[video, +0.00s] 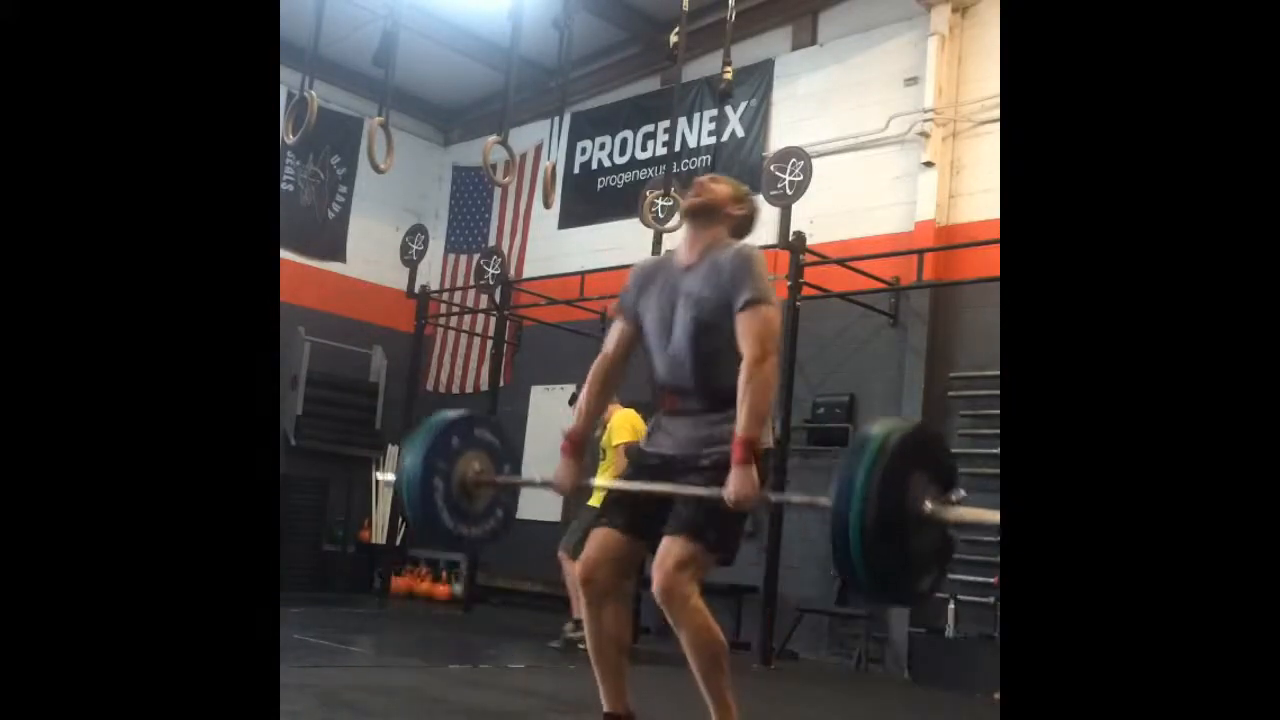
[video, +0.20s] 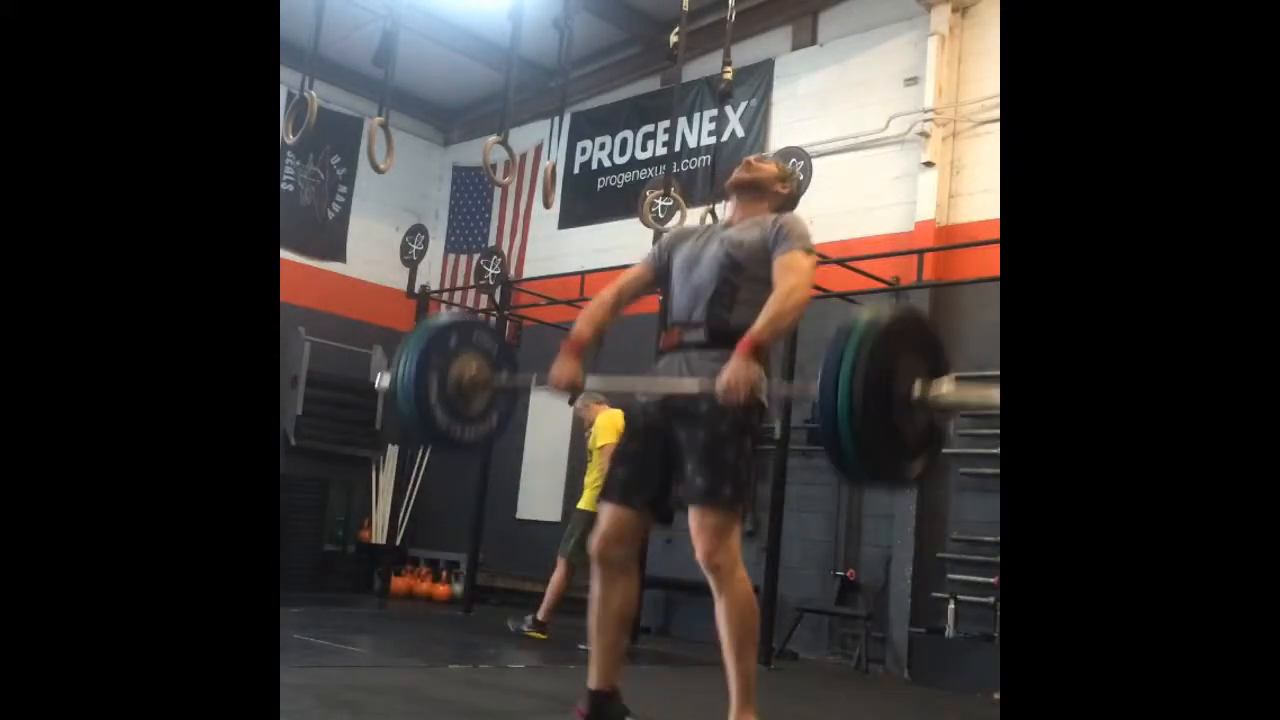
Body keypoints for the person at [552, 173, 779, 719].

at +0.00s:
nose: (700, 182)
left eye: (718, 182)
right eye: (697, 180)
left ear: (738, 210)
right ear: (685, 205)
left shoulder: (739, 261)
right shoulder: (648, 273)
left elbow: (759, 357)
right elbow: (610, 358)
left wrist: (744, 458)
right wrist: (576, 443)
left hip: (722, 446)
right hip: (660, 441)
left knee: (673, 580)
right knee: (596, 572)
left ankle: (725, 714)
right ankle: (616, 711)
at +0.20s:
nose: (748, 160)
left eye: (764, 160)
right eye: (748, 159)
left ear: (785, 187)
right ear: (730, 185)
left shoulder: (784, 224)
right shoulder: (684, 237)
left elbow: (794, 290)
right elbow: (613, 294)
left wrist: (749, 351)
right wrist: (572, 351)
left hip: (724, 392)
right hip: (658, 392)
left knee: (716, 551)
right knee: (610, 543)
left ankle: (742, 710)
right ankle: (601, 698)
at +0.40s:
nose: (713, 229)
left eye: (728, 220)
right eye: (709, 218)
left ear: (751, 235)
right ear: (699, 229)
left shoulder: (760, 300)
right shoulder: (673, 301)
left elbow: (837, 344)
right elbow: (628, 369)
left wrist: (784, 311)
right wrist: (601, 330)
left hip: (701, 467)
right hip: (630, 458)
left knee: (699, 598)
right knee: (532, 590)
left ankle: (751, 714)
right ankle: (543, 707)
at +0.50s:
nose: (672, 243)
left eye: (690, 234)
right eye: (673, 235)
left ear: (721, 255)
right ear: (666, 255)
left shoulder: (736, 329)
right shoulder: (641, 335)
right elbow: (581, 406)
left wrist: (765, 346)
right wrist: (583, 340)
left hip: (699, 499)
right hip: (625, 500)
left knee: (692, 609)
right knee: (511, 603)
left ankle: (749, 716)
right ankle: (539, 707)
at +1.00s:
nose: (699, 228)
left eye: (713, 220)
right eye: (698, 220)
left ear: (745, 233)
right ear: (695, 234)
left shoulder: (759, 299)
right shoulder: (665, 304)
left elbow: (714, 334)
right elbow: (582, 335)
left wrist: (770, 281)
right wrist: (611, 292)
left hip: (735, 463)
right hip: (664, 464)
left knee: (720, 590)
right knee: (560, 584)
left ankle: (758, 716)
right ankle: (544, 709)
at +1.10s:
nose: (709, 204)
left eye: (723, 195)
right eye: (709, 196)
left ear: (755, 208)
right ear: (705, 212)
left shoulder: (771, 268)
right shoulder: (676, 283)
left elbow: (729, 294)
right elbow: (587, 309)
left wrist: (779, 247)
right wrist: (622, 268)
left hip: (747, 439)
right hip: (678, 441)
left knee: (736, 585)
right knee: (597, 577)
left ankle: (762, 715)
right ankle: (566, 703)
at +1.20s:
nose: (715, 177)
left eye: (731, 169)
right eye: (713, 171)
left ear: (762, 187)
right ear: (708, 190)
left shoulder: (772, 251)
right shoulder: (683, 262)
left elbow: (741, 266)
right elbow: (593, 299)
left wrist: (789, 229)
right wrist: (628, 252)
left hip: (745, 433)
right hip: (679, 433)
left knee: (744, 580)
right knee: (618, 569)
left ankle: (768, 715)